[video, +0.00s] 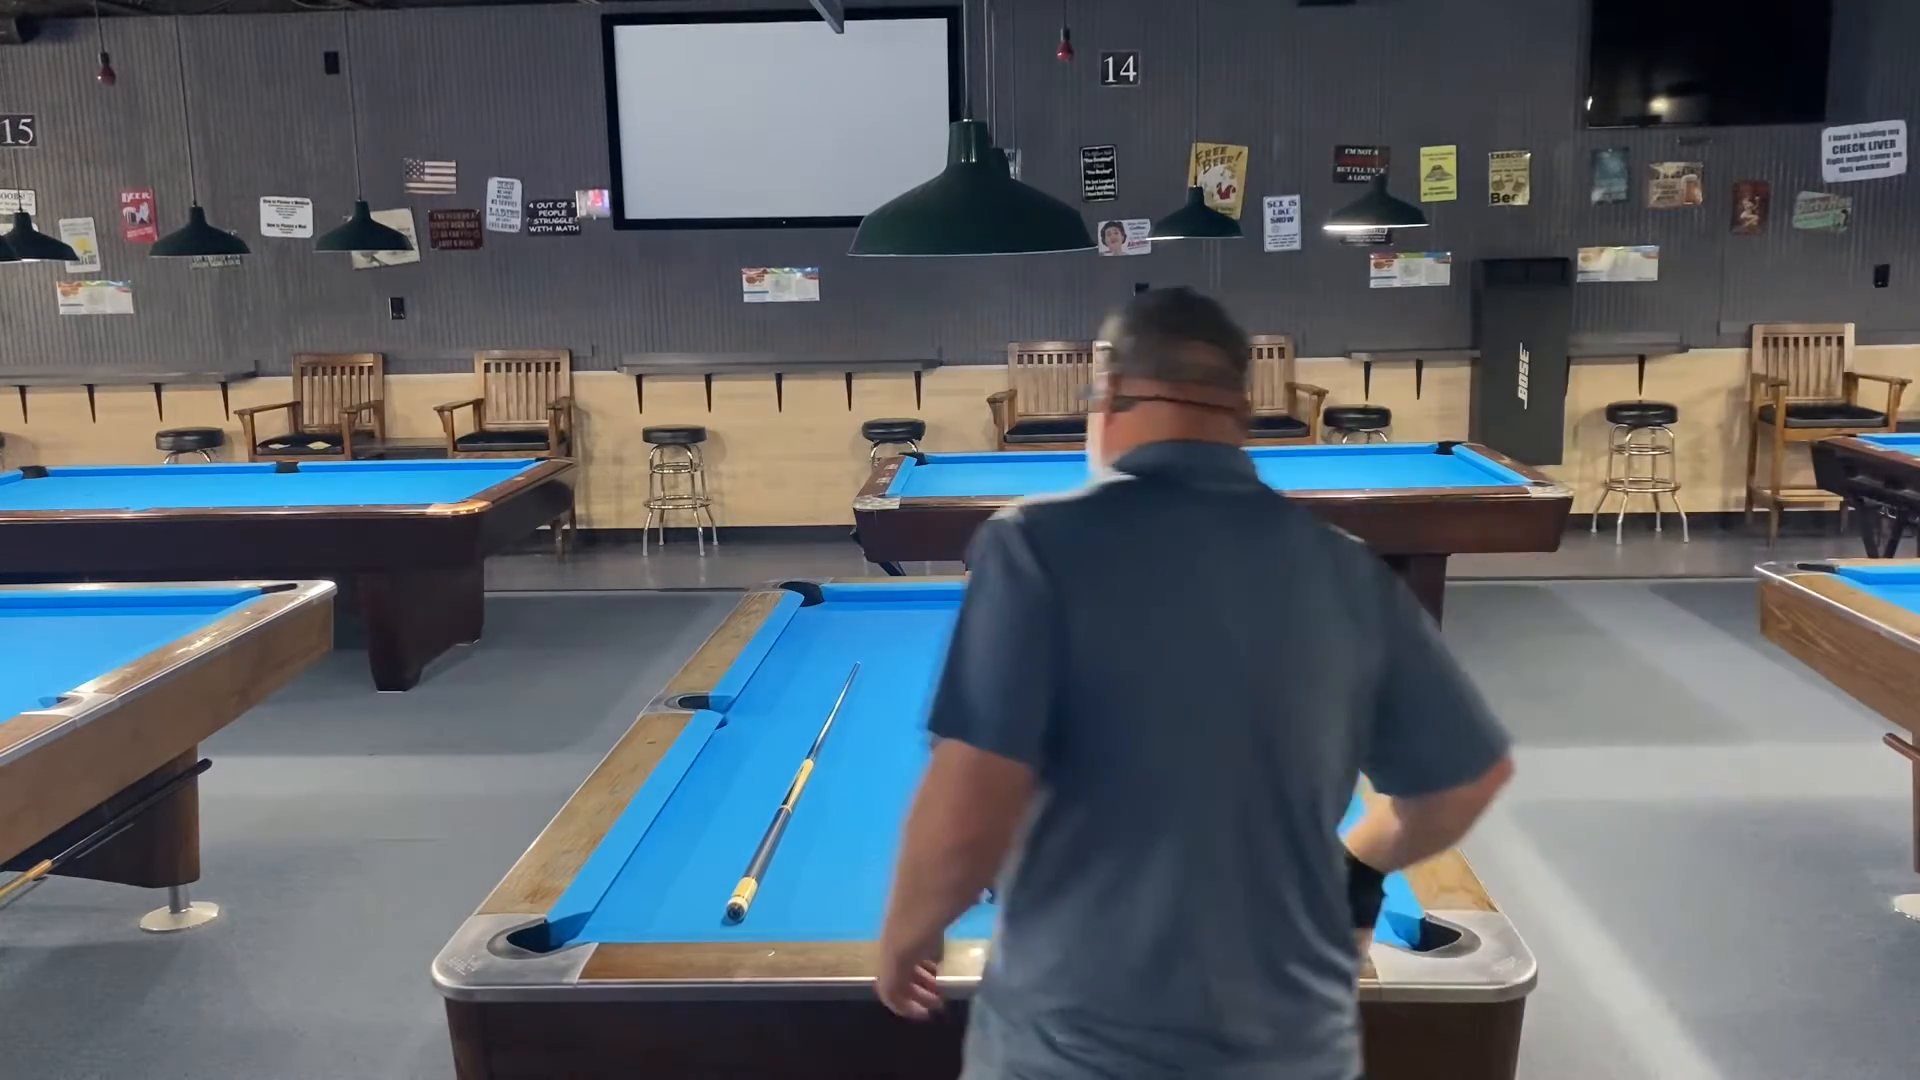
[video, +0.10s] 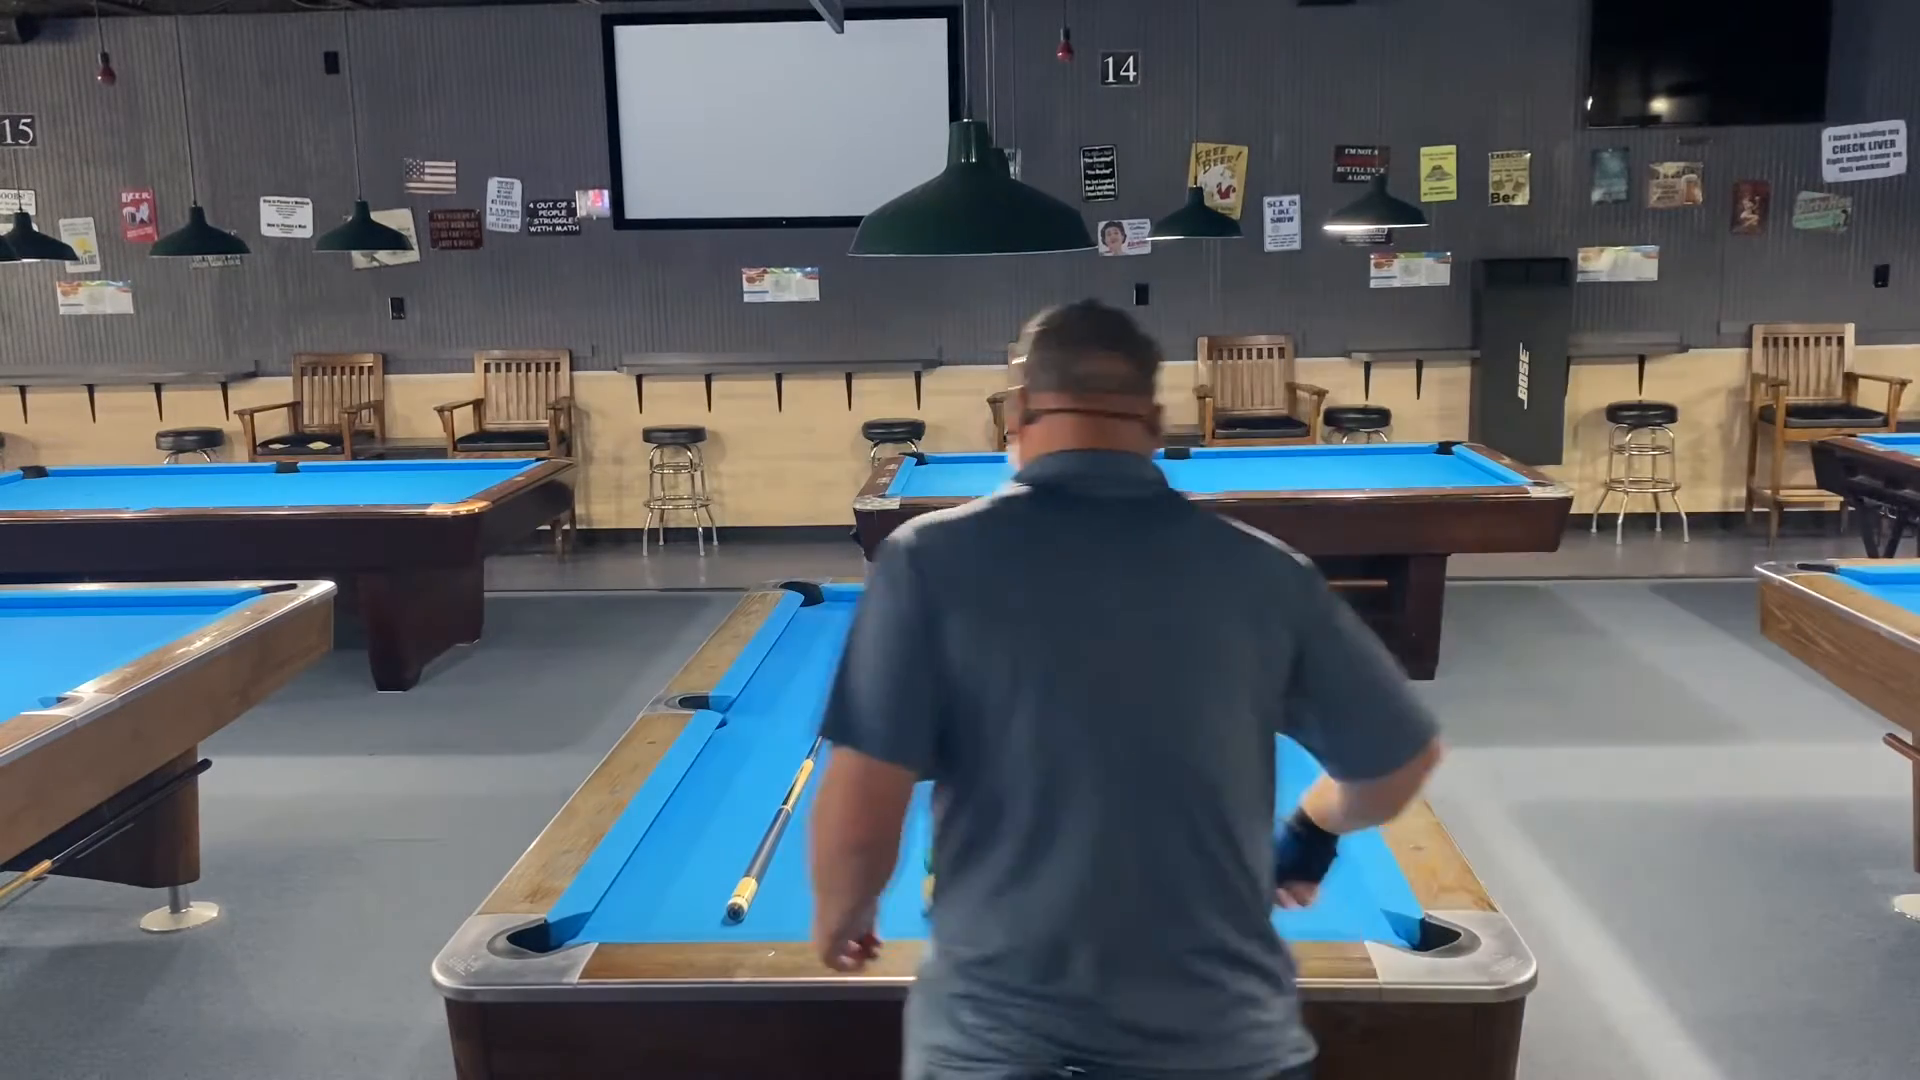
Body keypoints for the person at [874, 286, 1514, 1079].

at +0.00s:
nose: (1093, 427)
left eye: (1094, 407)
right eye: (1098, 407)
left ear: (1110, 406)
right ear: (1242, 412)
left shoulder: (1042, 547)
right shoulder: (1341, 566)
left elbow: (973, 810)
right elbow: (1470, 766)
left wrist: (903, 940)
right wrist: (1354, 868)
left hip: (1076, 1041)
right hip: (1297, 1040)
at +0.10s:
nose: (1009, 426)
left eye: (1008, 415)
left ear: (1016, 416)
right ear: (1155, 424)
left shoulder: (930, 562)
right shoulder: (1260, 570)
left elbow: (857, 817)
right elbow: (1404, 750)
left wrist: (843, 922)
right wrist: (1314, 826)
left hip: (996, 1040)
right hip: (1228, 1039)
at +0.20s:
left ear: (943, 426)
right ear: (1079, 424)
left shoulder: (846, 572)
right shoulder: (1183, 573)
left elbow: (758, 818)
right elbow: (1310, 759)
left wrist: (799, 885)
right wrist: (1249, 795)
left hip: (923, 1034)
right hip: (1143, 1036)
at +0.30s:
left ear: (889, 418)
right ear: (1020, 410)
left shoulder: (792, 559)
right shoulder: (1123, 552)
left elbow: (716, 783)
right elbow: (1232, 750)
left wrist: (790, 845)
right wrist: (1180, 779)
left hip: (882, 1026)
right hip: (1096, 1028)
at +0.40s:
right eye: (985, 404)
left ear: (859, 416)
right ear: (986, 407)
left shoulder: (767, 550)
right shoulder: (1080, 540)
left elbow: (714, 757)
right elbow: (1176, 739)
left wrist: (814, 814)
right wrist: (1120, 768)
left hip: (862, 1022)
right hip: (1073, 1023)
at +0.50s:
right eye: (974, 412)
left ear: (851, 426)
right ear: (973, 415)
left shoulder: (764, 548)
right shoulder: (1061, 538)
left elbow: (738, 742)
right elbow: (1142, 731)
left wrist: (817, 812)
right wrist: (1084, 767)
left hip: (844, 1014)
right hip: (1049, 1016)